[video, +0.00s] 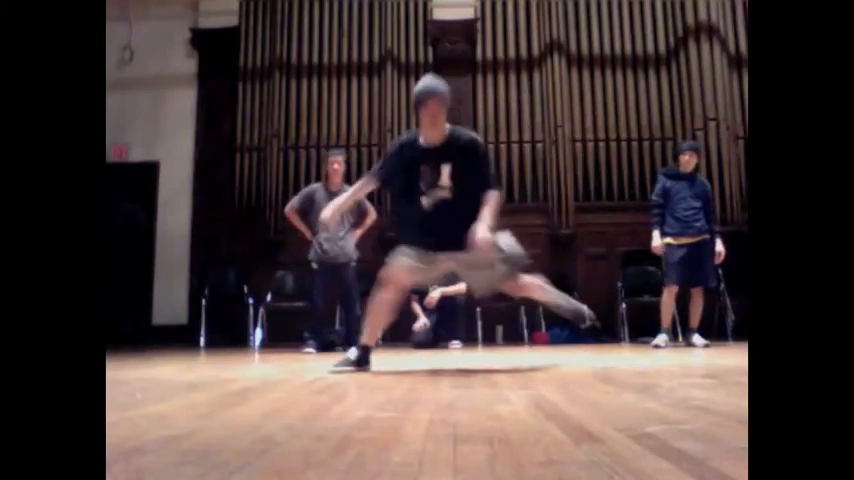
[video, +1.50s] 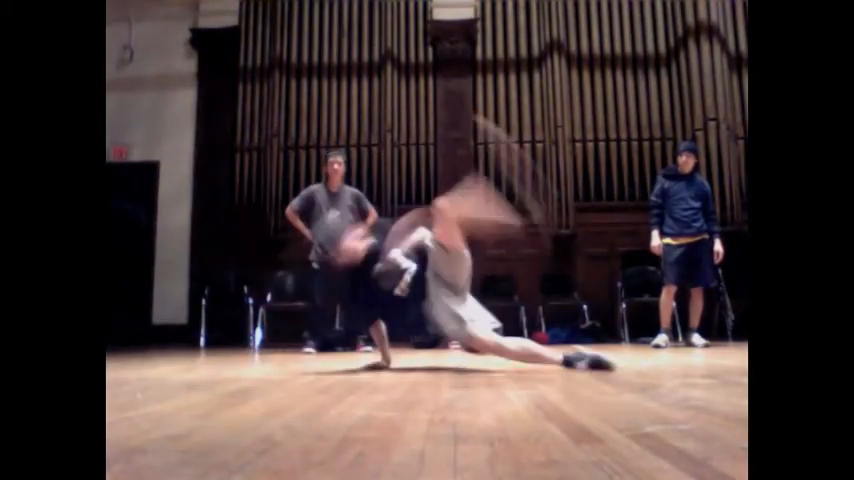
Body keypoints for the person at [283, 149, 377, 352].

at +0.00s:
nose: (335, 168)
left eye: (339, 163)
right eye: (332, 163)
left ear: (344, 168)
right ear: (326, 167)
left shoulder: (351, 193)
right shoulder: (314, 191)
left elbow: (372, 213)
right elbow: (290, 210)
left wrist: (356, 234)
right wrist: (308, 234)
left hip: (345, 251)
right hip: (321, 251)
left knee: (350, 301)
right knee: (321, 301)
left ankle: (351, 342)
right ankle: (320, 341)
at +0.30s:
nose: (332, 168)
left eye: (336, 164)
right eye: (329, 164)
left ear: (342, 168)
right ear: (324, 168)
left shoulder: (351, 194)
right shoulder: (312, 191)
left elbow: (370, 214)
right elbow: (288, 210)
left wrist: (355, 234)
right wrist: (308, 235)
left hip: (344, 250)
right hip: (320, 251)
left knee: (350, 299)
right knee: (319, 300)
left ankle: (355, 338)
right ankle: (317, 340)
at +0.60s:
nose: (332, 168)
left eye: (336, 164)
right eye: (329, 164)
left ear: (342, 169)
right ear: (323, 169)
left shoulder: (351, 194)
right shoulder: (312, 192)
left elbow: (370, 214)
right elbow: (288, 211)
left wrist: (356, 233)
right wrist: (308, 236)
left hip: (345, 253)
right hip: (321, 253)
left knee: (350, 298)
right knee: (318, 300)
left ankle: (355, 339)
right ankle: (314, 340)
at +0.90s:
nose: (333, 171)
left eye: (337, 167)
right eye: (330, 166)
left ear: (342, 171)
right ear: (325, 170)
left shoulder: (351, 194)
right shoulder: (313, 192)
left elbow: (367, 216)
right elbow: (289, 212)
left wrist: (354, 237)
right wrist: (309, 235)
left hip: (347, 256)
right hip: (321, 256)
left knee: (348, 300)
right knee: (320, 300)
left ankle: (348, 338)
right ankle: (318, 337)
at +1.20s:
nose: (335, 167)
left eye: (339, 164)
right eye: (332, 164)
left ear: (344, 168)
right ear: (326, 168)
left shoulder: (353, 194)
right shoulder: (314, 192)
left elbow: (373, 214)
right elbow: (290, 212)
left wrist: (359, 233)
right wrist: (310, 236)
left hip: (347, 251)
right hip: (321, 251)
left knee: (353, 294)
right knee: (315, 294)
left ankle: (359, 339)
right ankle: (312, 339)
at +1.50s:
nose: (336, 167)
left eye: (339, 164)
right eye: (332, 164)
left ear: (344, 169)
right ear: (326, 168)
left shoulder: (353, 194)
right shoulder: (314, 192)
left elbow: (373, 215)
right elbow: (290, 211)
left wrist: (358, 235)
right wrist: (308, 233)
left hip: (347, 256)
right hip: (321, 256)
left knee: (350, 300)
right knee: (319, 301)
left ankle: (356, 339)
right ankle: (315, 339)